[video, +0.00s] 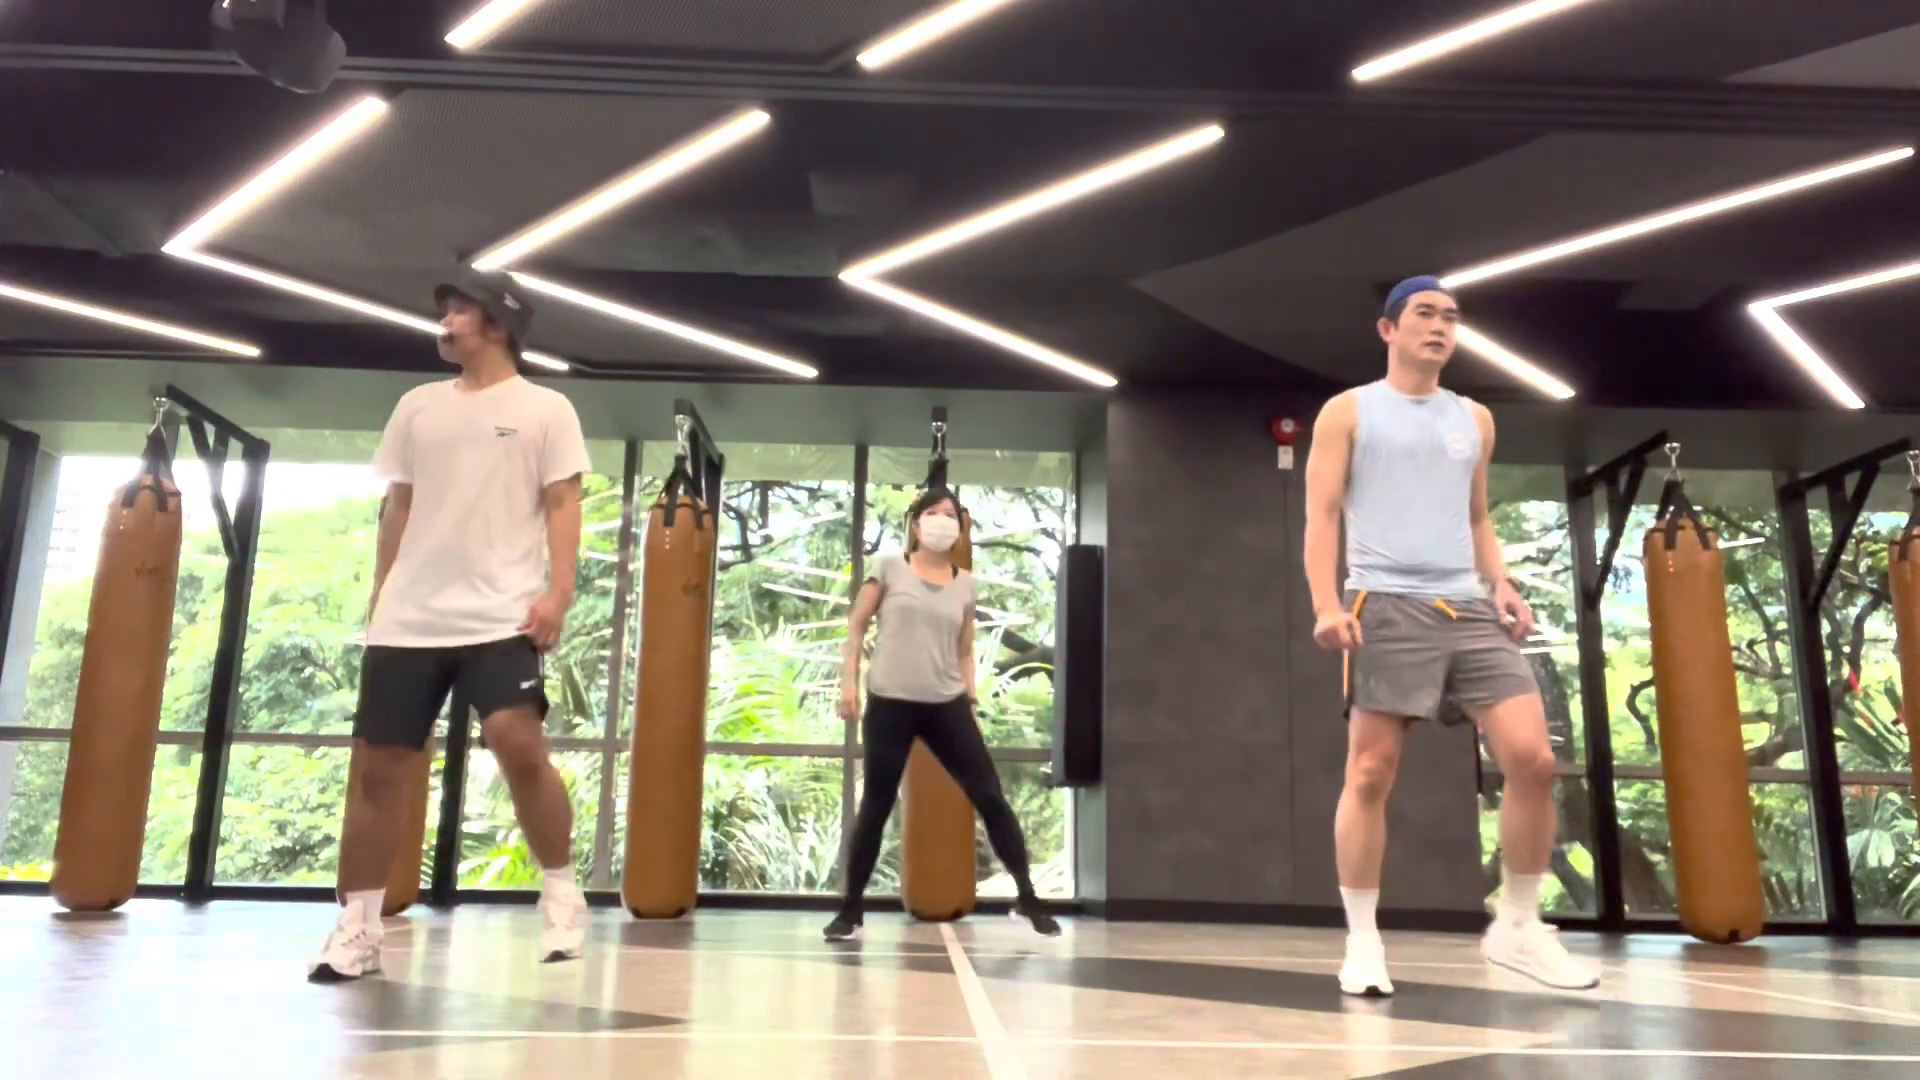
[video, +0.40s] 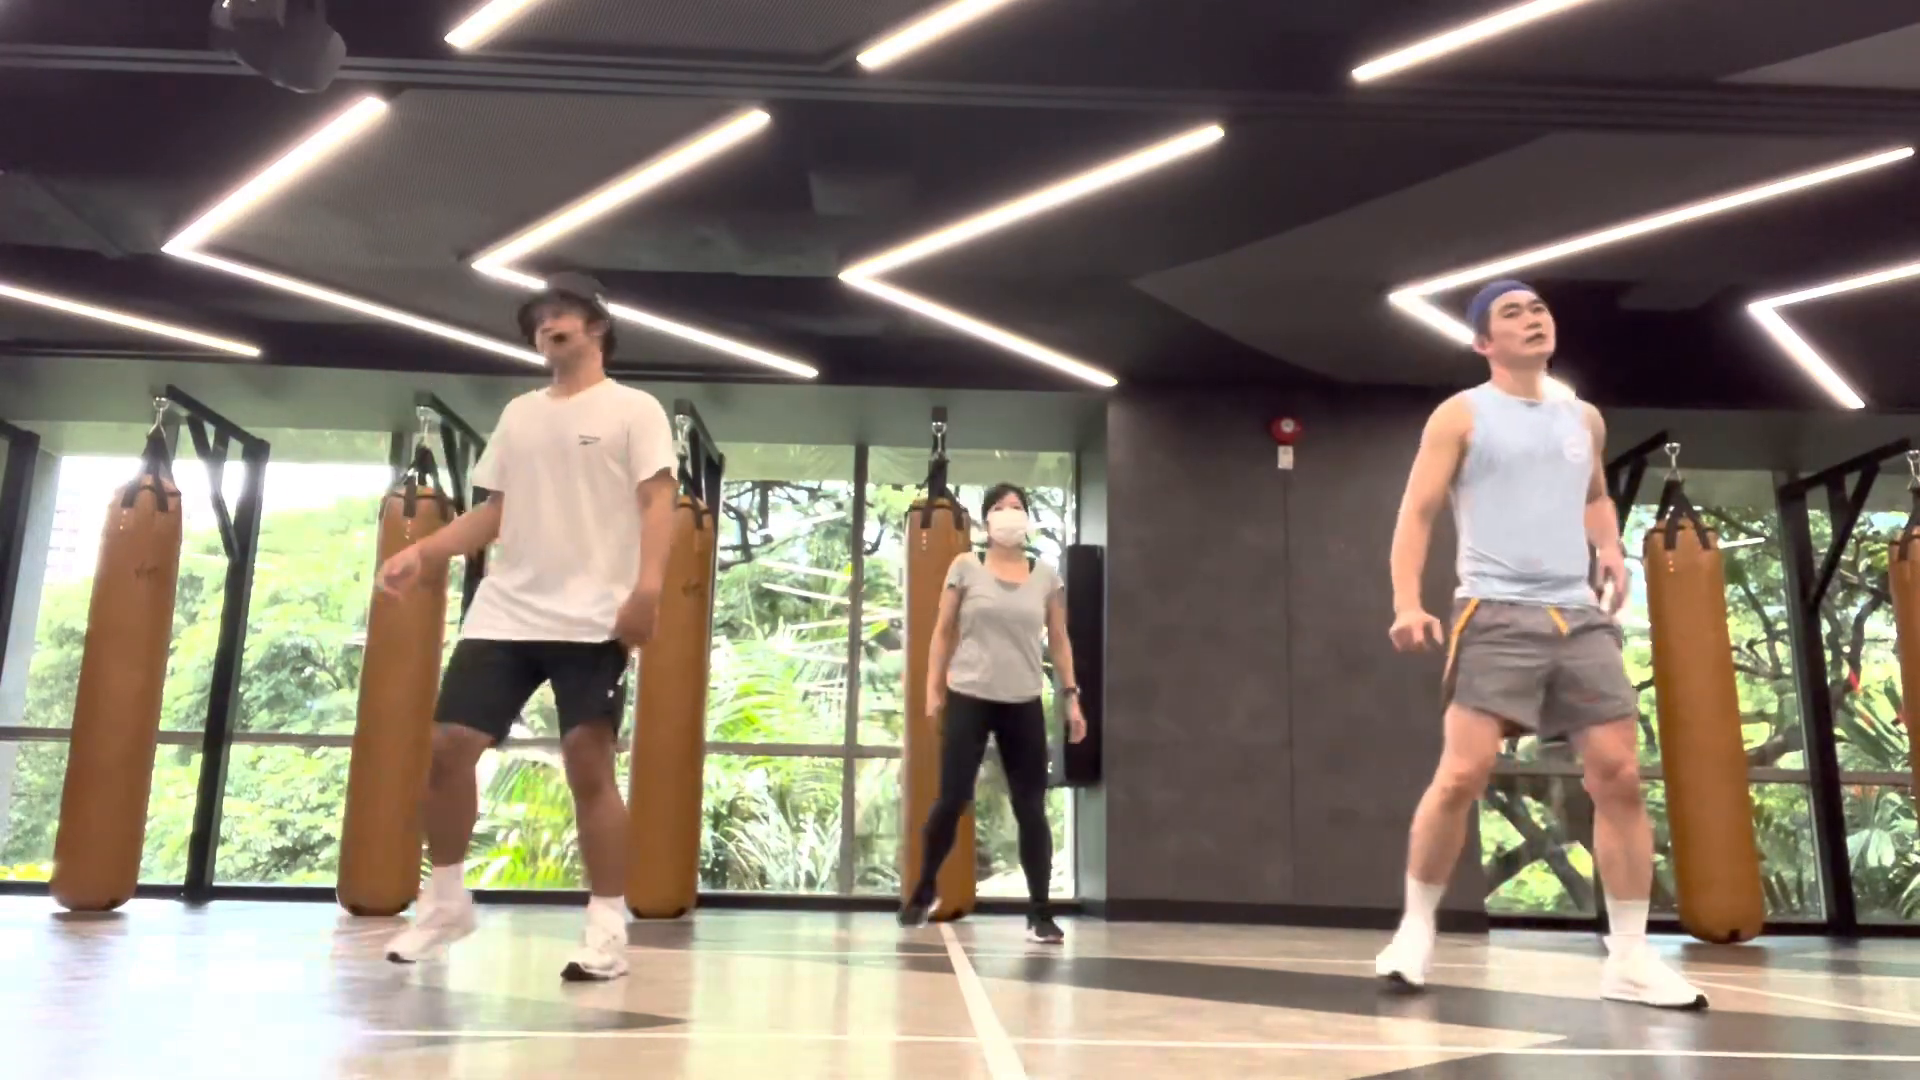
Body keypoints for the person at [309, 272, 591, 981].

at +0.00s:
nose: (445, 322)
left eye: (459, 309)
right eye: (445, 311)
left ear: (499, 321)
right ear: (454, 325)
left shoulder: (547, 409)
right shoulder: (416, 407)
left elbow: (564, 506)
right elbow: (397, 515)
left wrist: (559, 592)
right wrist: (383, 603)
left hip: (501, 614)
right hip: (408, 615)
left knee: (519, 746)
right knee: (375, 765)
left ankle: (560, 892)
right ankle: (359, 929)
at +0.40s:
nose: (548, 326)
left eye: (562, 314)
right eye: (540, 319)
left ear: (598, 327)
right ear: (535, 338)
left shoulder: (637, 410)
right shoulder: (519, 412)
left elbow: (659, 503)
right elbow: (492, 514)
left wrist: (649, 588)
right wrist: (422, 551)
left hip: (590, 617)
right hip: (504, 611)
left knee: (589, 765)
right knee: (450, 746)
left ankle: (608, 929)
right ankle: (446, 905)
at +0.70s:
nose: (579, 332)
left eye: (591, 322)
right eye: (564, 326)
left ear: (615, 340)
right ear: (548, 349)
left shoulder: (639, 420)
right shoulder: (527, 428)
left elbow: (651, 515)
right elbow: (496, 514)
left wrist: (630, 608)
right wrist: (421, 485)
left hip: (596, 624)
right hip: (518, 626)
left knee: (590, 766)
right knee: (497, 763)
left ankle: (610, 925)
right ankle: (567, 906)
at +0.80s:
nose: (567, 328)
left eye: (580, 320)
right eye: (554, 322)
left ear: (605, 339)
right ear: (537, 346)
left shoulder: (632, 412)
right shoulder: (518, 422)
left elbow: (638, 512)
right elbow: (487, 508)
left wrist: (615, 606)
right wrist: (428, 448)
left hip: (588, 618)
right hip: (507, 615)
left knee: (588, 773)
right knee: (455, 746)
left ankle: (608, 927)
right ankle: (520, 881)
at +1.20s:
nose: (487, 345)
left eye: (503, 339)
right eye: (476, 335)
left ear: (525, 362)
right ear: (456, 352)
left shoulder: (538, 441)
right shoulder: (416, 420)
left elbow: (547, 537)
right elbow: (357, 494)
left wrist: (536, 625)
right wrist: (324, 408)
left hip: (485, 640)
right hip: (391, 631)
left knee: (524, 775)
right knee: (335, 767)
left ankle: (595, 921)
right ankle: (327, 926)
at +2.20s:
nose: (548, 339)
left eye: (563, 330)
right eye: (536, 330)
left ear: (586, 348)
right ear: (519, 348)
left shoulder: (625, 421)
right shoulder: (490, 424)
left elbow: (660, 505)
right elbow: (469, 515)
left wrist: (658, 580)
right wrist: (431, 562)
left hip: (596, 618)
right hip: (503, 616)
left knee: (598, 751)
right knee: (438, 753)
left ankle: (609, 925)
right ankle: (390, 898)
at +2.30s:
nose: (563, 333)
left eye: (577, 323)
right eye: (551, 323)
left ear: (599, 339)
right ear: (534, 340)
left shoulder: (639, 413)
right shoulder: (503, 422)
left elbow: (680, 496)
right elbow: (488, 518)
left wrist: (673, 574)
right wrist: (456, 596)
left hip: (613, 612)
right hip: (520, 609)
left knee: (608, 746)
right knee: (485, 738)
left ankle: (609, 923)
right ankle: (468, 887)